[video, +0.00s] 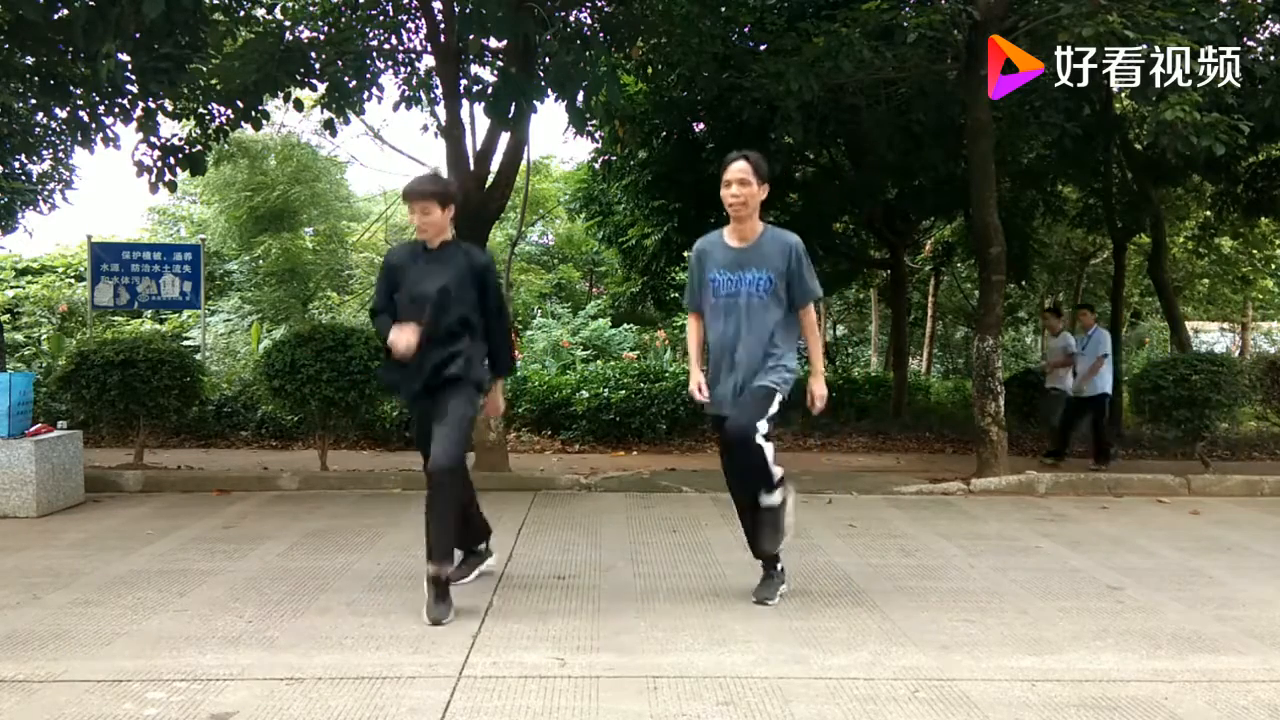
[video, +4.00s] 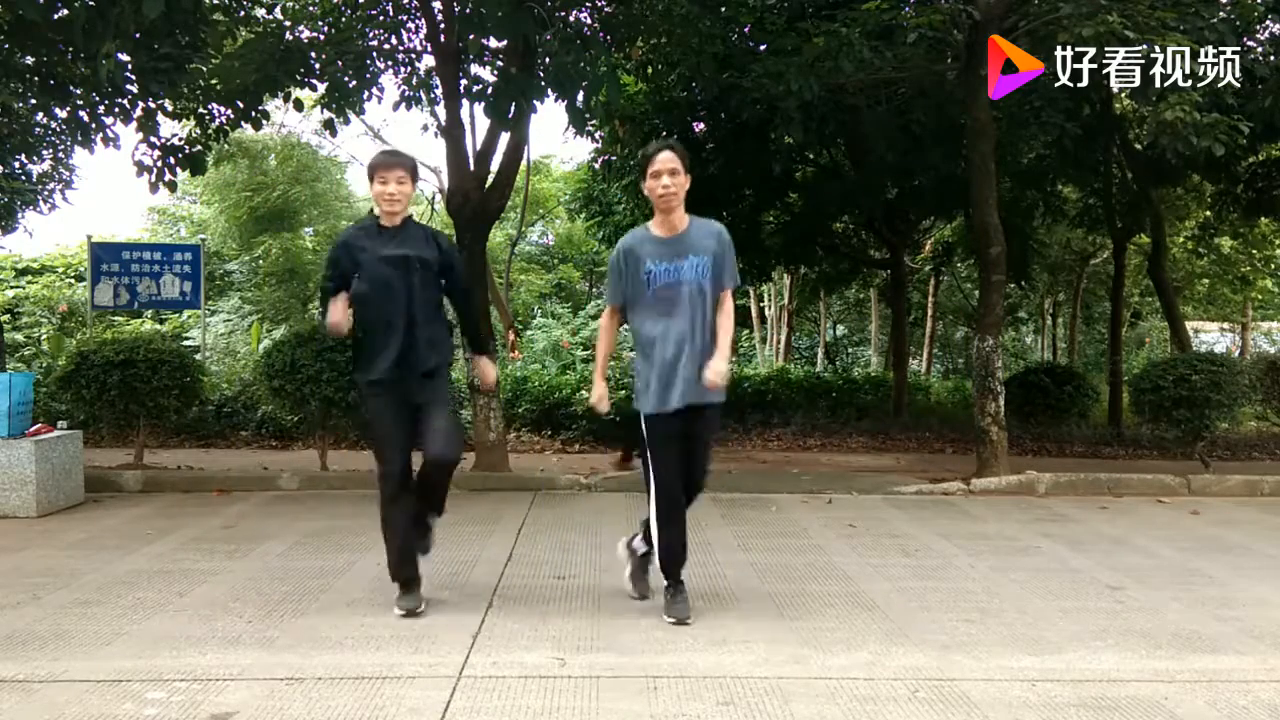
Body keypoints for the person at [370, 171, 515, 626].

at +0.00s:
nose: (418, 220)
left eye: (425, 212)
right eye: (413, 213)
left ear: (448, 212)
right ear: (409, 216)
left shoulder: (475, 261)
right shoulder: (398, 260)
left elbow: (497, 322)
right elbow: (379, 312)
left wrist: (497, 382)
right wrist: (392, 331)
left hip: (463, 374)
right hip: (418, 378)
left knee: (443, 464)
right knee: (440, 465)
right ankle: (477, 542)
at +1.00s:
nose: (281, 202)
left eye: (289, 194)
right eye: (272, 195)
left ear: (303, 200)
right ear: (259, 200)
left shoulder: (323, 245)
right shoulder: (244, 240)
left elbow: (394, 249)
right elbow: (190, 240)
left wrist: (384, 295)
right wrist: (164, 275)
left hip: (303, 374)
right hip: (254, 375)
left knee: (282, 446)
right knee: (250, 472)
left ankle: (371, 509)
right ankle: (236, 571)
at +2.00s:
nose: (217, 208)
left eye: (227, 199)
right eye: (209, 200)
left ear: (246, 206)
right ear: (200, 207)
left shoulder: (268, 261)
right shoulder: (184, 263)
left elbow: (285, 334)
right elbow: (173, 329)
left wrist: (269, 316)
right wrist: (132, 317)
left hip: (247, 397)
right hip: (195, 397)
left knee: (211, 485)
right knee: (218, 490)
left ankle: (186, 585)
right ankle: (270, 577)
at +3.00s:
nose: (272, 207)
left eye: (281, 198)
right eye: (263, 197)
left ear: (293, 198)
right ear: (248, 195)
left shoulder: (311, 245)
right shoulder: (225, 245)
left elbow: (337, 302)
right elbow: (209, 308)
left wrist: (355, 355)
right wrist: (207, 367)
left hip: (291, 355)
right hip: (243, 360)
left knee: (261, 400)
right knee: (249, 455)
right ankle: (257, 549)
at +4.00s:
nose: (391, 190)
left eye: (400, 182)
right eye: (383, 182)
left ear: (414, 188)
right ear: (370, 188)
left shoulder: (433, 242)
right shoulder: (351, 244)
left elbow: (465, 297)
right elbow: (332, 294)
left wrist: (480, 352)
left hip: (431, 371)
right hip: (379, 374)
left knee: (445, 453)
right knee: (394, 476)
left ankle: (423, 512)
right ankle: (407, 583)